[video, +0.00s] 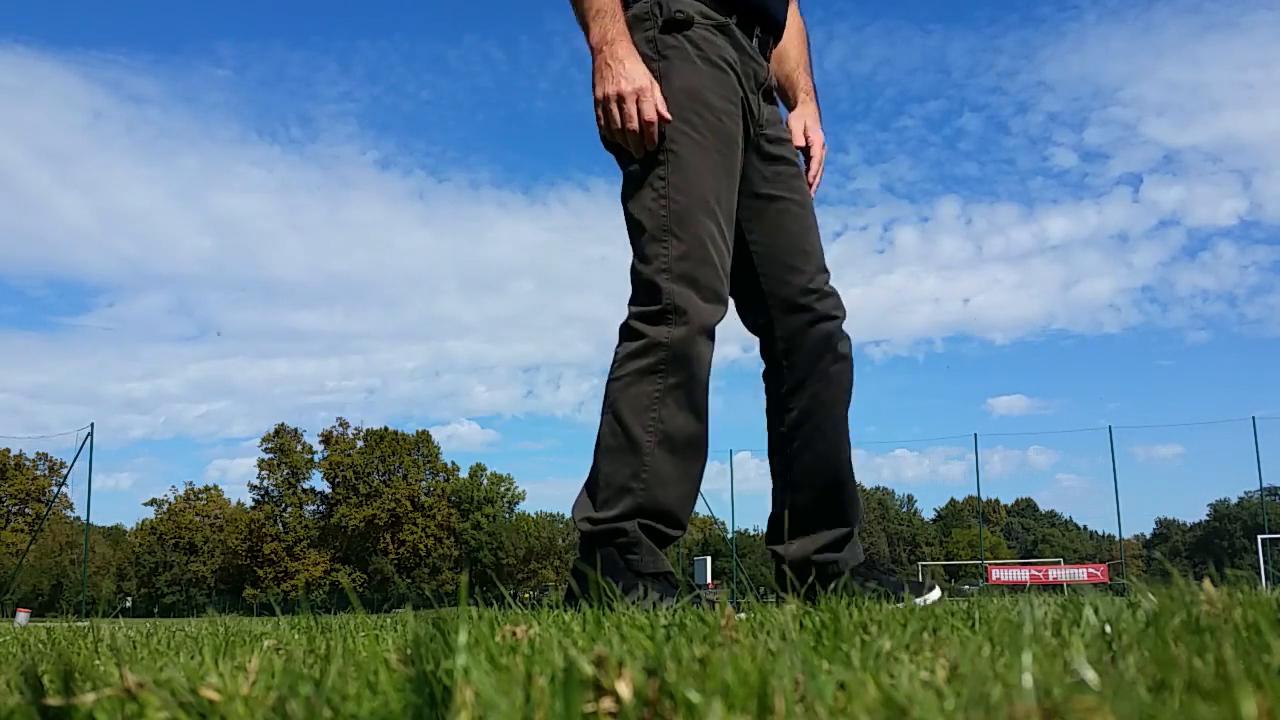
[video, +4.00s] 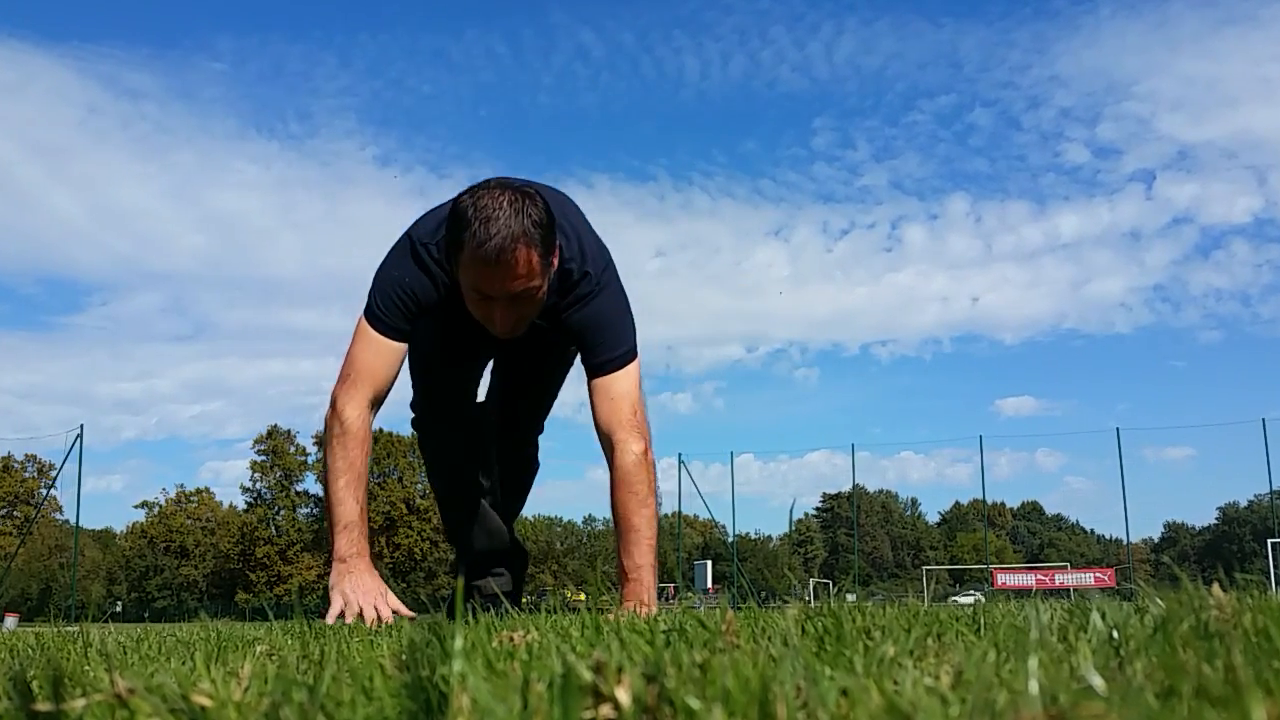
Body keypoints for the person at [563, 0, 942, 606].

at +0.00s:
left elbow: (781, 7)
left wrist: (802, 95)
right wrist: (611, 45)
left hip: (756, 52)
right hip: (678, 27)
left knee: (809, 319)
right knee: (679, 305)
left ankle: (822, 562)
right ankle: (619, 561)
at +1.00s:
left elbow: (1029, 37)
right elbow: (762, 23)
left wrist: (977, 170)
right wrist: (761, 145)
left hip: (933, 124)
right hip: (818, 126)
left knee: (970, 333)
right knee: (850, 324)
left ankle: (974, 564)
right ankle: (896, 561)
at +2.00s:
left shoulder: (709, 6)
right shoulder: (513, 10)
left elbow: (725, 60)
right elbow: (500, 98)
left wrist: (722, 163)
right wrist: (549, 190)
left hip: (693, 186)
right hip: (586, 192)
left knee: (711, 386)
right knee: (589, 382)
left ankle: (710, 573)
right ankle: (595, 575)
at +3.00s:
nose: (668, 3)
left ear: (666, 6)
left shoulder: (677, 65)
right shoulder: (527, 52)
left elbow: (671, 157)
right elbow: (462, 147)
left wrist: (648, 247)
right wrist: (477, 258)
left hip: (626, 249)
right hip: (534, 243)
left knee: (638, 413)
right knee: (521, 402)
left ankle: (636, 584)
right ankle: (500, 583)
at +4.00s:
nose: (502, 317)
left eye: (521, 297)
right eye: (484, 298)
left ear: (552, 265)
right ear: (457, 268)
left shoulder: (588, 279)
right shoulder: (414, 266)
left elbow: (629, 442)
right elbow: (350, 406)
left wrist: (639, 602)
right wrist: (350, 562)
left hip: (550, 320)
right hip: (451, 312)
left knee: (515, 432)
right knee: (440, 426)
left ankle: (476, 578)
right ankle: (494, 579)